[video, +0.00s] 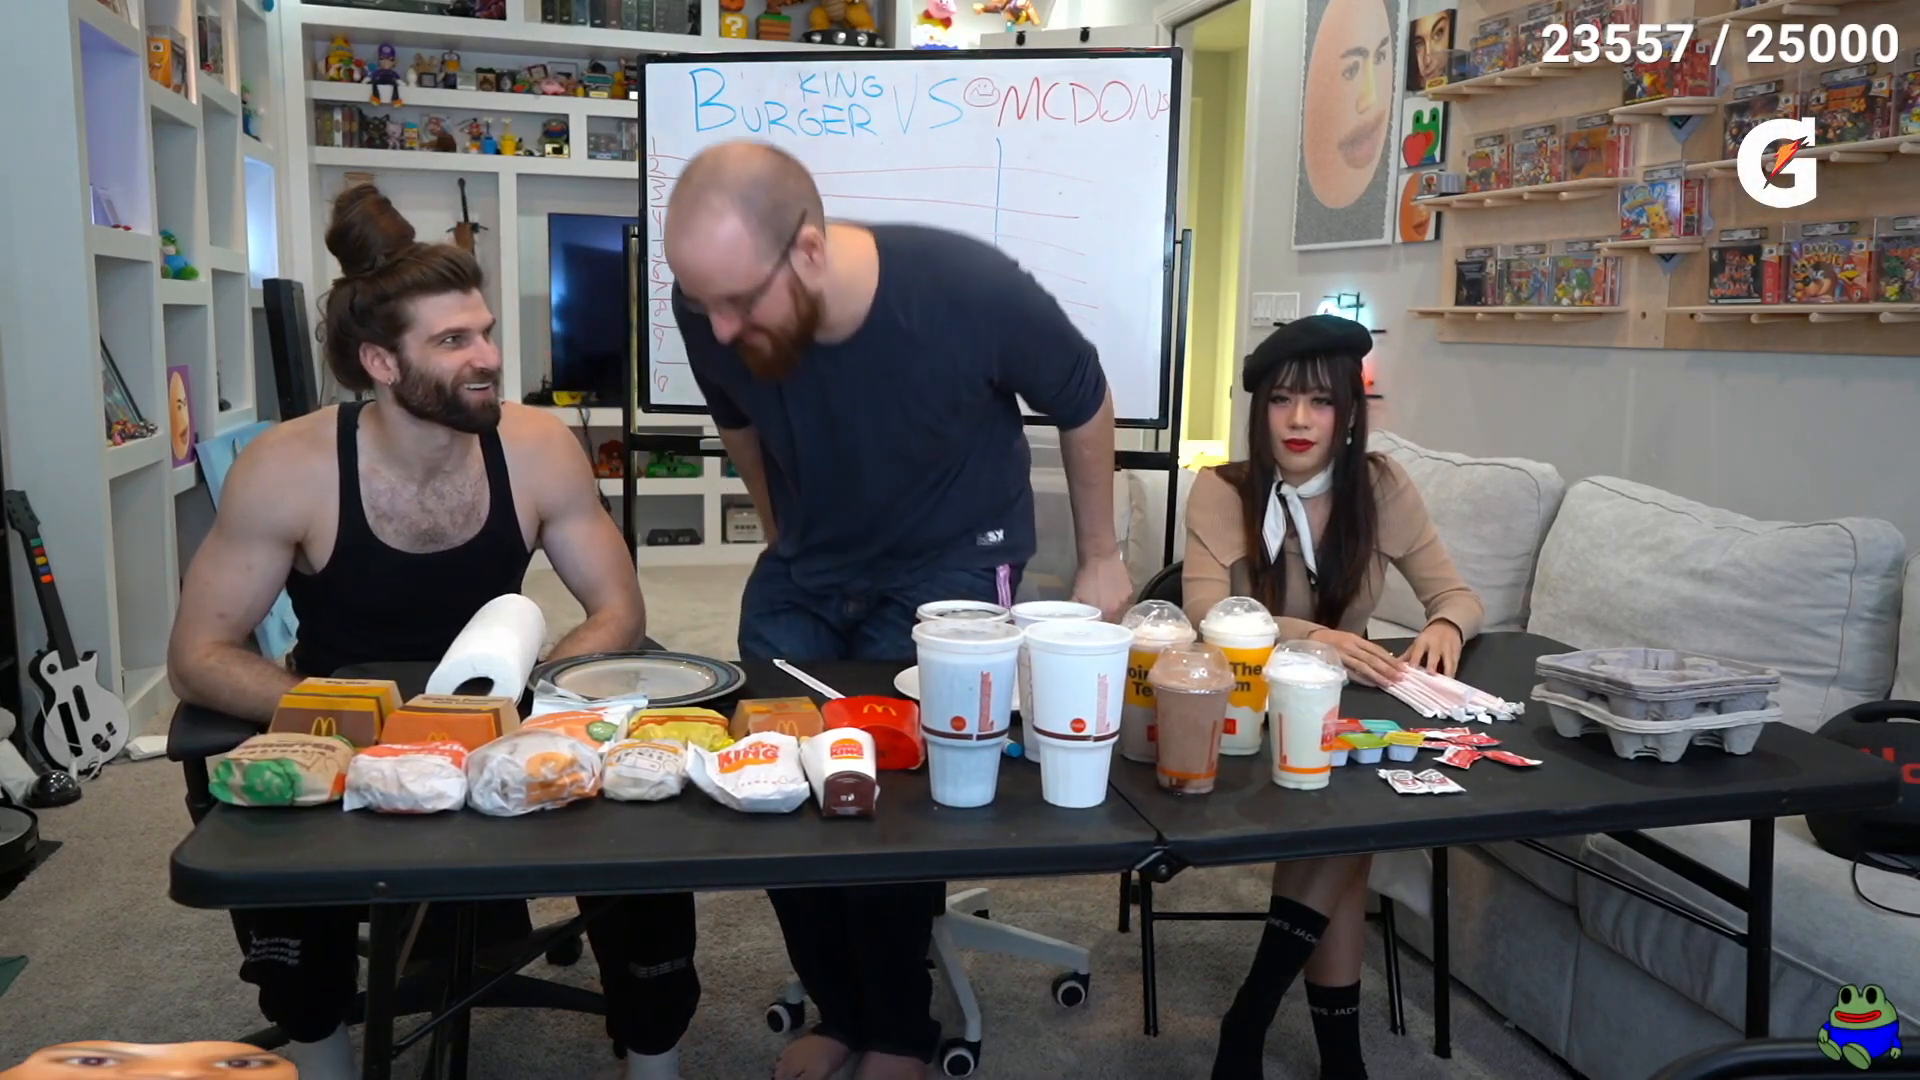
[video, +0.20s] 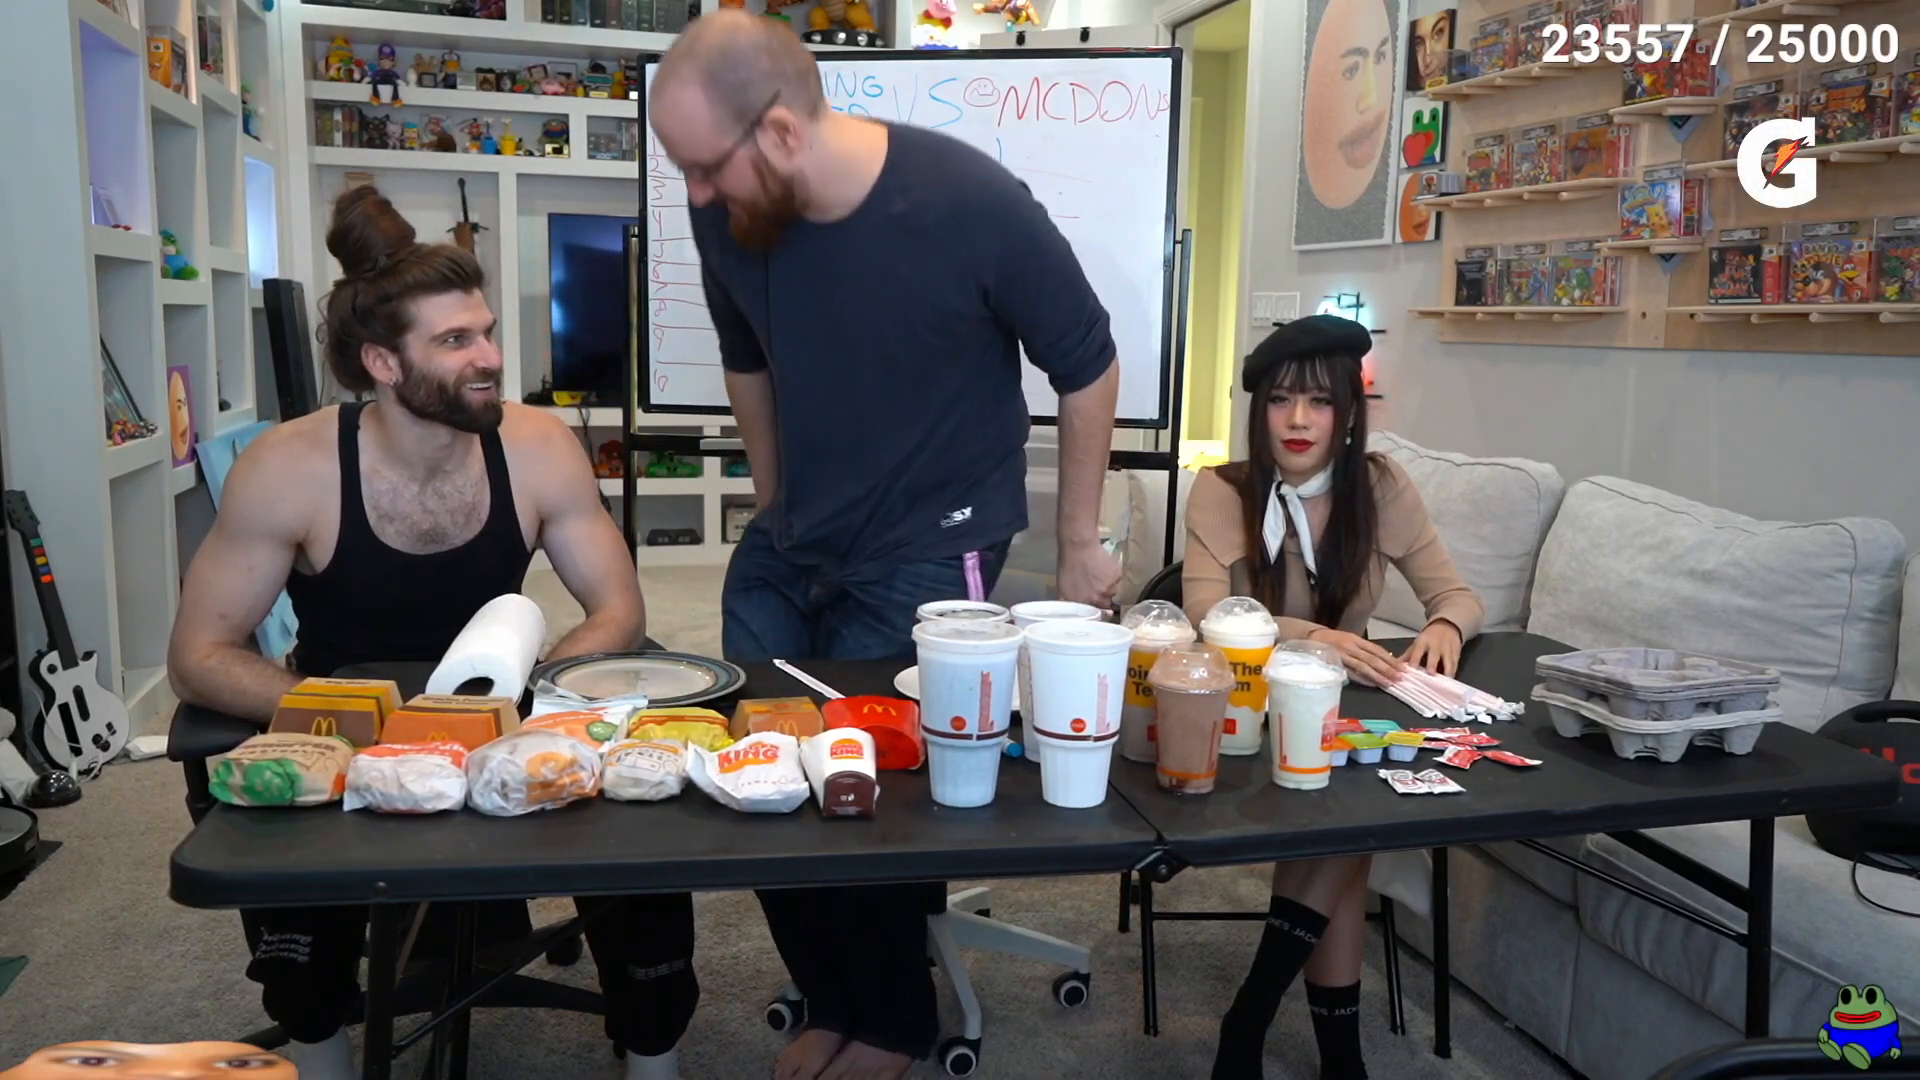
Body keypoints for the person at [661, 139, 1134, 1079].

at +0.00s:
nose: (724, 330)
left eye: (741, 301)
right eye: (703, 305)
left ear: (808, 249)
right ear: (681, 266)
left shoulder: (968, 289)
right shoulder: (706, 311)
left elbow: (1082, 398)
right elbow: (741, 427)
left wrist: (1099, 554)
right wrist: (783, 542)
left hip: (944, 581)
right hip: (807, 577)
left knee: (882, 811)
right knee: (772, 796)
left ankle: (900, 1040)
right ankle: (834, 1019)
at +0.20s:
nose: (696, 191)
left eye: (707, 166)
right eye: (686, 169)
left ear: (783, 127)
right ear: (766, 129)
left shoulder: (972, 204)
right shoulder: (724, 203)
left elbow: (1087, 360)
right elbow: (747, 362)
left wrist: (1079, 542)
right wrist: (774, 506)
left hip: (928, 555)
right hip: (789, 545)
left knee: (861, 798)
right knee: (754, 784)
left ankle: (899, 1028)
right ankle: (827, 1010)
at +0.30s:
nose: (690, 139)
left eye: (695, 114)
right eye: (678, 117)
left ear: (768, 83)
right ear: (762, 88)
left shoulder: (965, 177)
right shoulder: (747, 167)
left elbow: (1075, 360)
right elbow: (761, 340)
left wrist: (1059, 539)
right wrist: (774, 481)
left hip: (915, 538)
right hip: (784, 521)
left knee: (859, 794)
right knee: (751, 773)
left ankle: (897, 1028)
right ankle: (826, 1006)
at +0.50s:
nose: (671, 86)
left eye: (664, 58)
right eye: (659, 65)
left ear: (722, 27)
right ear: (729, 28)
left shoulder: (924, 139)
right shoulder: (764, 144)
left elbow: (1027, 351)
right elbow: (809, 339)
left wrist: (973, 539)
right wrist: (786, 477)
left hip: (887, 536)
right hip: (772, 513)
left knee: (862, 799)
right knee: (737, 756)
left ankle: (898, 1024)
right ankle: (801, 975)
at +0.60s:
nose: (653, 80)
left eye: (645, 51)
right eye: (640, 58)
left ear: (698, 19)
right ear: (707, 19)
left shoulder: (891, 126)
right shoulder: (762, 130)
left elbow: (998, 344)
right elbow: (814, 333)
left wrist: (935, 535)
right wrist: (788, 484)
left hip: (878, 528)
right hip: (781, 510)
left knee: (861, 788)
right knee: (725, 742)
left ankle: (894, 1026)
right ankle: (785, 977)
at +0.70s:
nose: (634, 79)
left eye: (623, 49)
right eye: (621, 55)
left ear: (671, 20)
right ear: (686, 18)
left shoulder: (854, 121)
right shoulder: (765, 122)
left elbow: (972, 335)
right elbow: (827, 328)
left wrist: (894, 521)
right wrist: (784, 485)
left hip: (866, 522)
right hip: (783, 505)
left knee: (850, 771)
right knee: (716, 730)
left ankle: (893, 1025)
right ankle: (770, 980)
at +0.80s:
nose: (621, 86)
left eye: (607, 55)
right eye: (606, 63)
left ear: (644, 22)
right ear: (666, 18)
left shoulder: (814, 109)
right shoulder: (761, 118)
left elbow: (935, 322)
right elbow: (816, 325)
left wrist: (836, 500)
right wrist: (785, 479)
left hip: (872, 499)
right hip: (787, 484)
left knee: (832, 746)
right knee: (703, 702)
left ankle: (892, 1022)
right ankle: (742, 967)